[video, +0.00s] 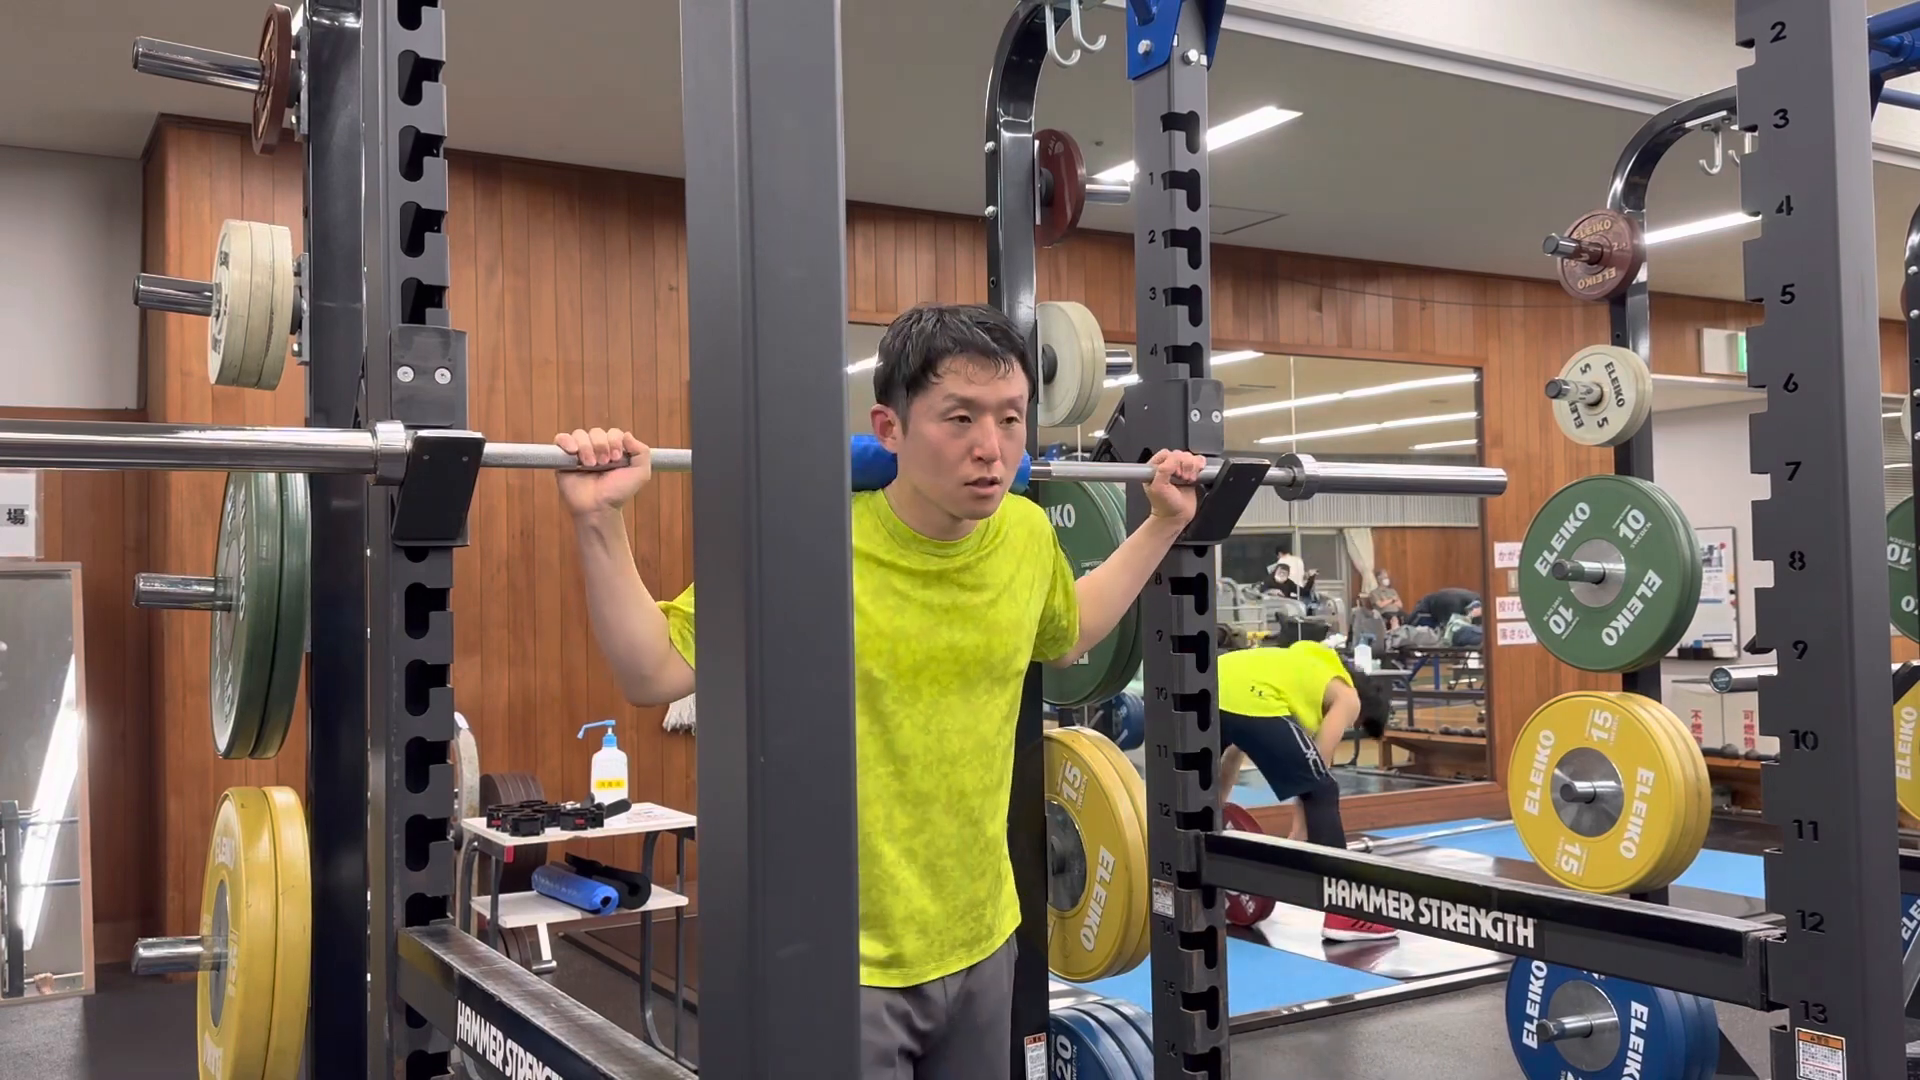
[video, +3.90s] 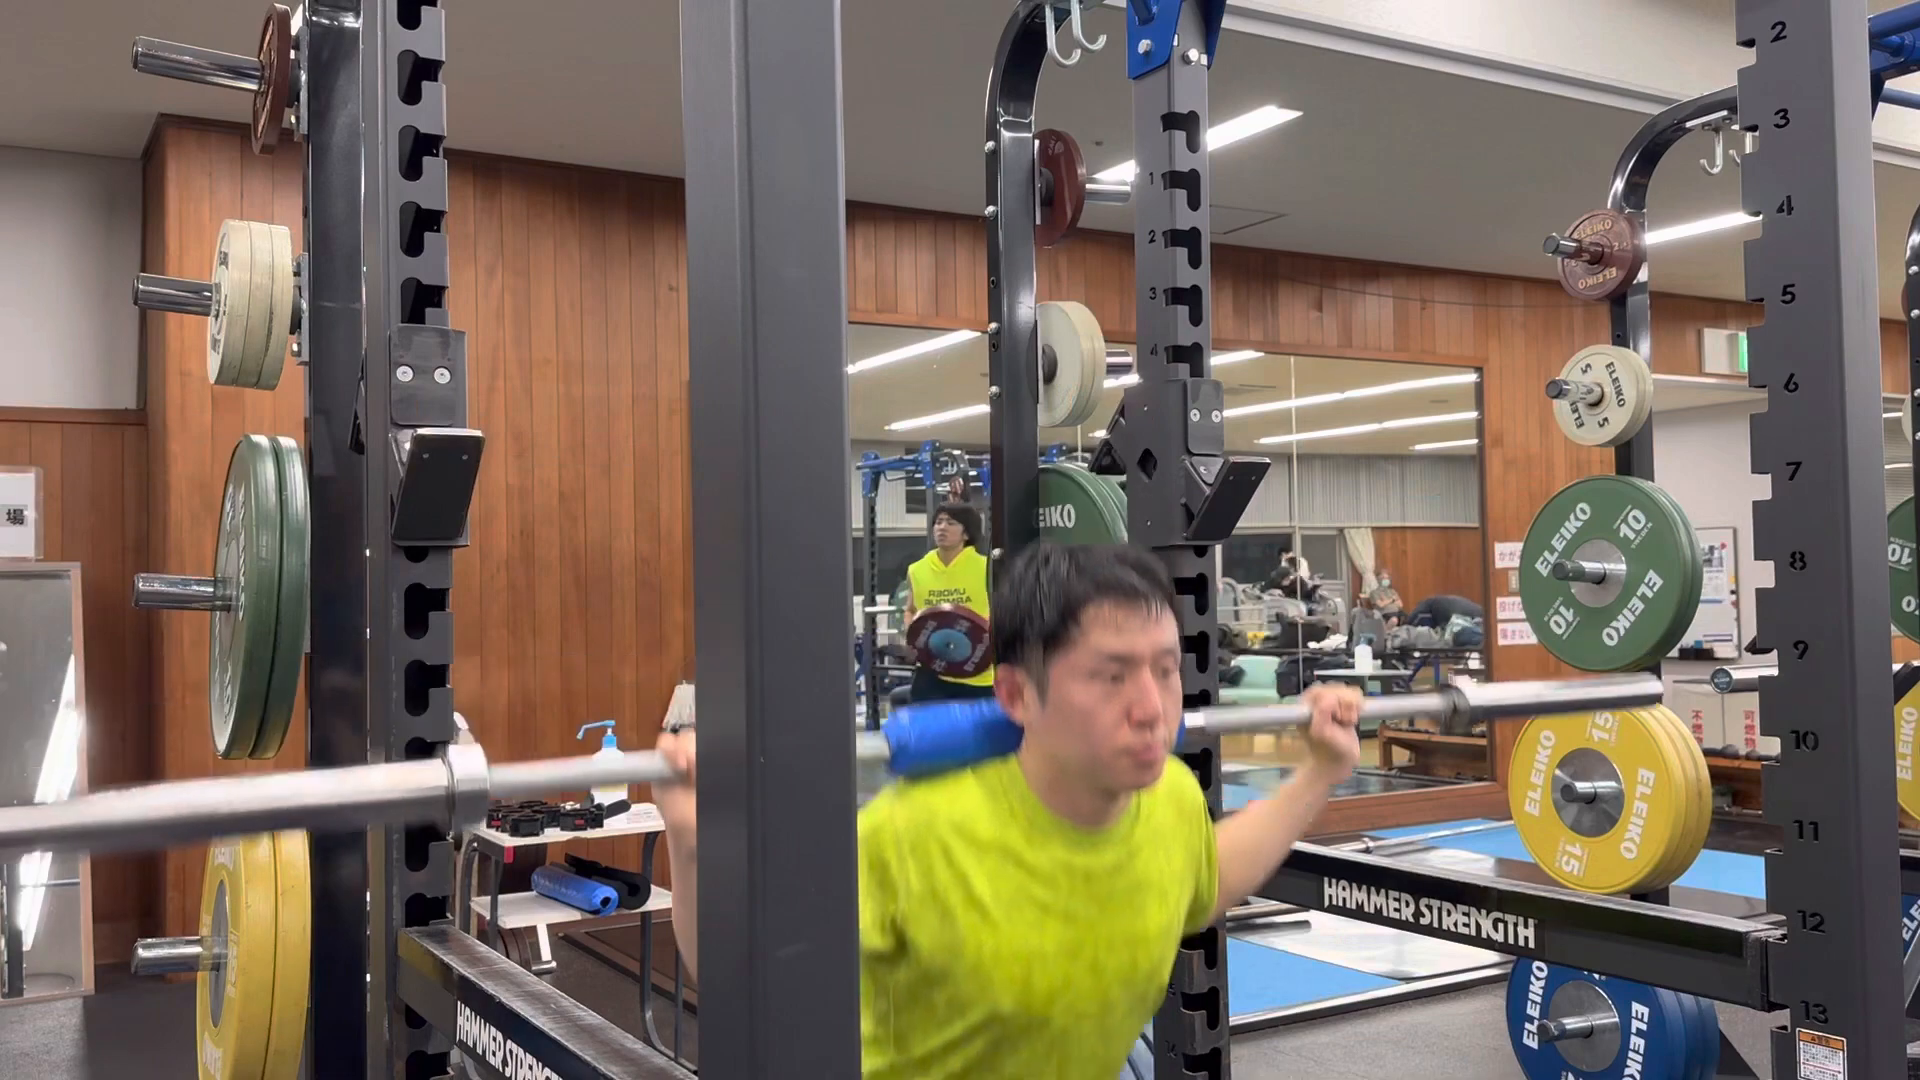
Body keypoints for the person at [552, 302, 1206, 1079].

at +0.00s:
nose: (990, 449)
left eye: (1009, 420)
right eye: (959, 417)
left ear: (1027, 428)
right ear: (890, 424)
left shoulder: (1025, 533)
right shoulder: (815, 541)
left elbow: (1064, 634)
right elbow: (654, 671)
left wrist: (1163, 527)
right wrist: (599, 523)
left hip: (983, 948)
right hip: (846, 965)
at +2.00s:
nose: (995, 434)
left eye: (1015, 401)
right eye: (962, 404)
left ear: (1036, 398)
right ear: (887, 402)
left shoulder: (1031, 507)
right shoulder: (813, 517)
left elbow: (1062, 599)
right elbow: (644, 638)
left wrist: (1174, 499)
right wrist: (597, 505)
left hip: (1009, 954)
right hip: (851, 977)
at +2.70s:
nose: (1093, 480)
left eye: (1117, 445)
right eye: (1062, 444)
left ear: (1136, 426)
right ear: (976, 421)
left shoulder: (1112, 539)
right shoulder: (861, 538)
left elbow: (1134, 650)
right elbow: (692, 686)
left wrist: (1257, 539)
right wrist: (656, 524)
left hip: (1064, 994)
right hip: (892, 1016)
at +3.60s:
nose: (1133, 485)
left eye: (1147, 453)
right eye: (1092, 454)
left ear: (1164, 461)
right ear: (999, 476)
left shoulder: (1151, 599)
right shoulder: (894, 608)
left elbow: (1183, 711)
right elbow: (719, 761)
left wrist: (1298, 598)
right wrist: (677, 612)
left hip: (1091, 1025)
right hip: (914, 1037)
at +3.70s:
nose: (1141, 559)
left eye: (1155, 527)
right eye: (1099, 528)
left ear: (1170, 535)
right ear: (1007, 546)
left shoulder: (1161, 667)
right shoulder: (905, 683)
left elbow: (1193, 768)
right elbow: (729, 834)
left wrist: (1308, 652)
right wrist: (681, 686)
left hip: (1079, 1050)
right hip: (911, 1052)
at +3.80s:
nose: (1149, 647)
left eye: (1163, 614)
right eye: (1107, 618)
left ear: (1179, 619)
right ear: (1014, 637)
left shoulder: (1169, 748)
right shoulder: (911, 777)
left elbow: (1196, 848)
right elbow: (735, 917)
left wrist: (1316, 730)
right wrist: (691, 788)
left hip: (1074, 1060)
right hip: (905, 1060)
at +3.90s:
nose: (1152, 704)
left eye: (1165, 670)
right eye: (1109, 674)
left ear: (1181, 674)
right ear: (1017, 692)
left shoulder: (1173, 797)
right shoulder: (906, 839)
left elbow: (1200, 891)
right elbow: (737, 977)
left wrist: (1319, 775)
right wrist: (692, 838)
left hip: (1092, 1063)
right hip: (917, 1064)